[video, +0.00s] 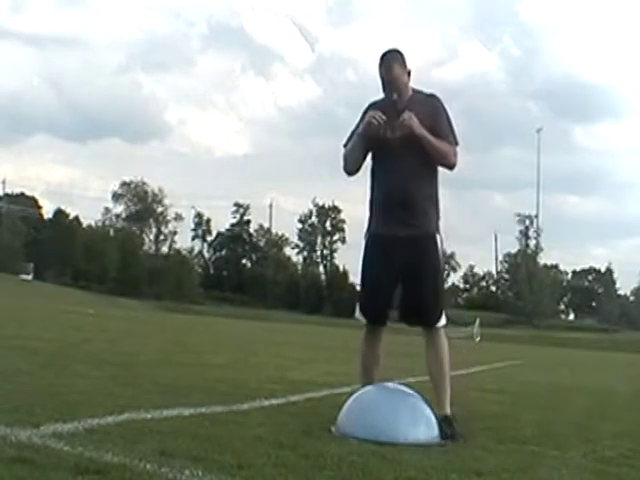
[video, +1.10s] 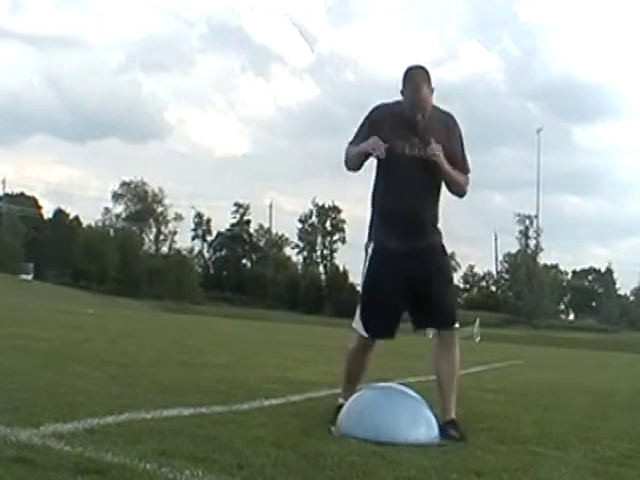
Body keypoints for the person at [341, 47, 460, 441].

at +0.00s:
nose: (391, 88)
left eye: (396, 81)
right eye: (386, 83)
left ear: (408, 75)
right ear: (379, 80)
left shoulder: (431, 105)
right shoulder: (373, 113)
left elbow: (451, 159)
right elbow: (350, 166)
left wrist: (419, 131)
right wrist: (366, 133)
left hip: (422, 233)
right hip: (381, 233)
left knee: (433, 326)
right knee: (374, 326)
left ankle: (444, 414)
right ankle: (366, 407)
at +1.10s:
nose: (419, 112)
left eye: (423, 105)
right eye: (412, 106)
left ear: (433, 95)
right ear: (401, 96)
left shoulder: (447, 124)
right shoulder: (383, 116)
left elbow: (462, 187)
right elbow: (351, 162)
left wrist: (442, 163)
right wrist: (364, 148)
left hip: (428, 243)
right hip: (386, 243)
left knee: (446, 328)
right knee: (367, 335)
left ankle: (448, 418)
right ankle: (345, 405)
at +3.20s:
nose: (357, 240)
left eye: (361, 235)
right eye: (354, 234)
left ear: (378, 218)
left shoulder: (401, 242)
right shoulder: (383, 197)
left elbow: (412, 313)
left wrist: (392, 374)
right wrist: (352, 241)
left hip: (419, 309)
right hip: (385, 297)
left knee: (398, 388)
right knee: (340, 324)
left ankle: (458, 410)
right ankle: (351, 401)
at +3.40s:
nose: (370, 263)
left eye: (374, 256)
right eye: (365, 257)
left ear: (386, 238)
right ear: (356, 245)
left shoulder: (418, 239)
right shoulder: (357, 250)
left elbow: (455, 283)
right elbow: (342, 301)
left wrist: (423, 324)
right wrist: (357, 347)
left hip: (423, 308)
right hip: (384, 305)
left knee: (402, 388)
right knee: (341, 328)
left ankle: (462, 410)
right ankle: (351, 402)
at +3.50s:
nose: (377, 255)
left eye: (380, 248)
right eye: (370, 250)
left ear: (390, 226)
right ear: (360, 239)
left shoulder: (422, 226)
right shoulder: (360, 248)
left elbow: (462, 255)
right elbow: (355, 308)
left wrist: (438, 295)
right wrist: (371, 359)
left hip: (421, 308)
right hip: (384, 309)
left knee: (407, 389)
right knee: (340, 330)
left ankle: (463, 411)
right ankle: (351, 404)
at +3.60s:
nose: (381, 222)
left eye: (385, 213)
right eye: (374, 215)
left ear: (396, 196)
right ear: (365, 204)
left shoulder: (426, 207)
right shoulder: (363, 215)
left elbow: (463, 241)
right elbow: (353, 267)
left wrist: (438, 273)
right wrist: (367, 305)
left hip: (422, 297)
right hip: (386, 293)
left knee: (404, 385)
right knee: (337, 330)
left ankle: (462, 411)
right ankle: (351, 404)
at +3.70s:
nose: (386, 180)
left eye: (390, 173)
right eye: (380, 174)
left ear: (402, 159)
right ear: (372, 166)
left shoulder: (429, 183)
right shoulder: (370, 182)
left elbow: (455, 237)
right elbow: (352, 236)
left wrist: (423, 243)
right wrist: (364, 236)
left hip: (424, 283)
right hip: (389, 277)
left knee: (407, 370)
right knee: (339, 331)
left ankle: (463, 413)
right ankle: (352, 405)